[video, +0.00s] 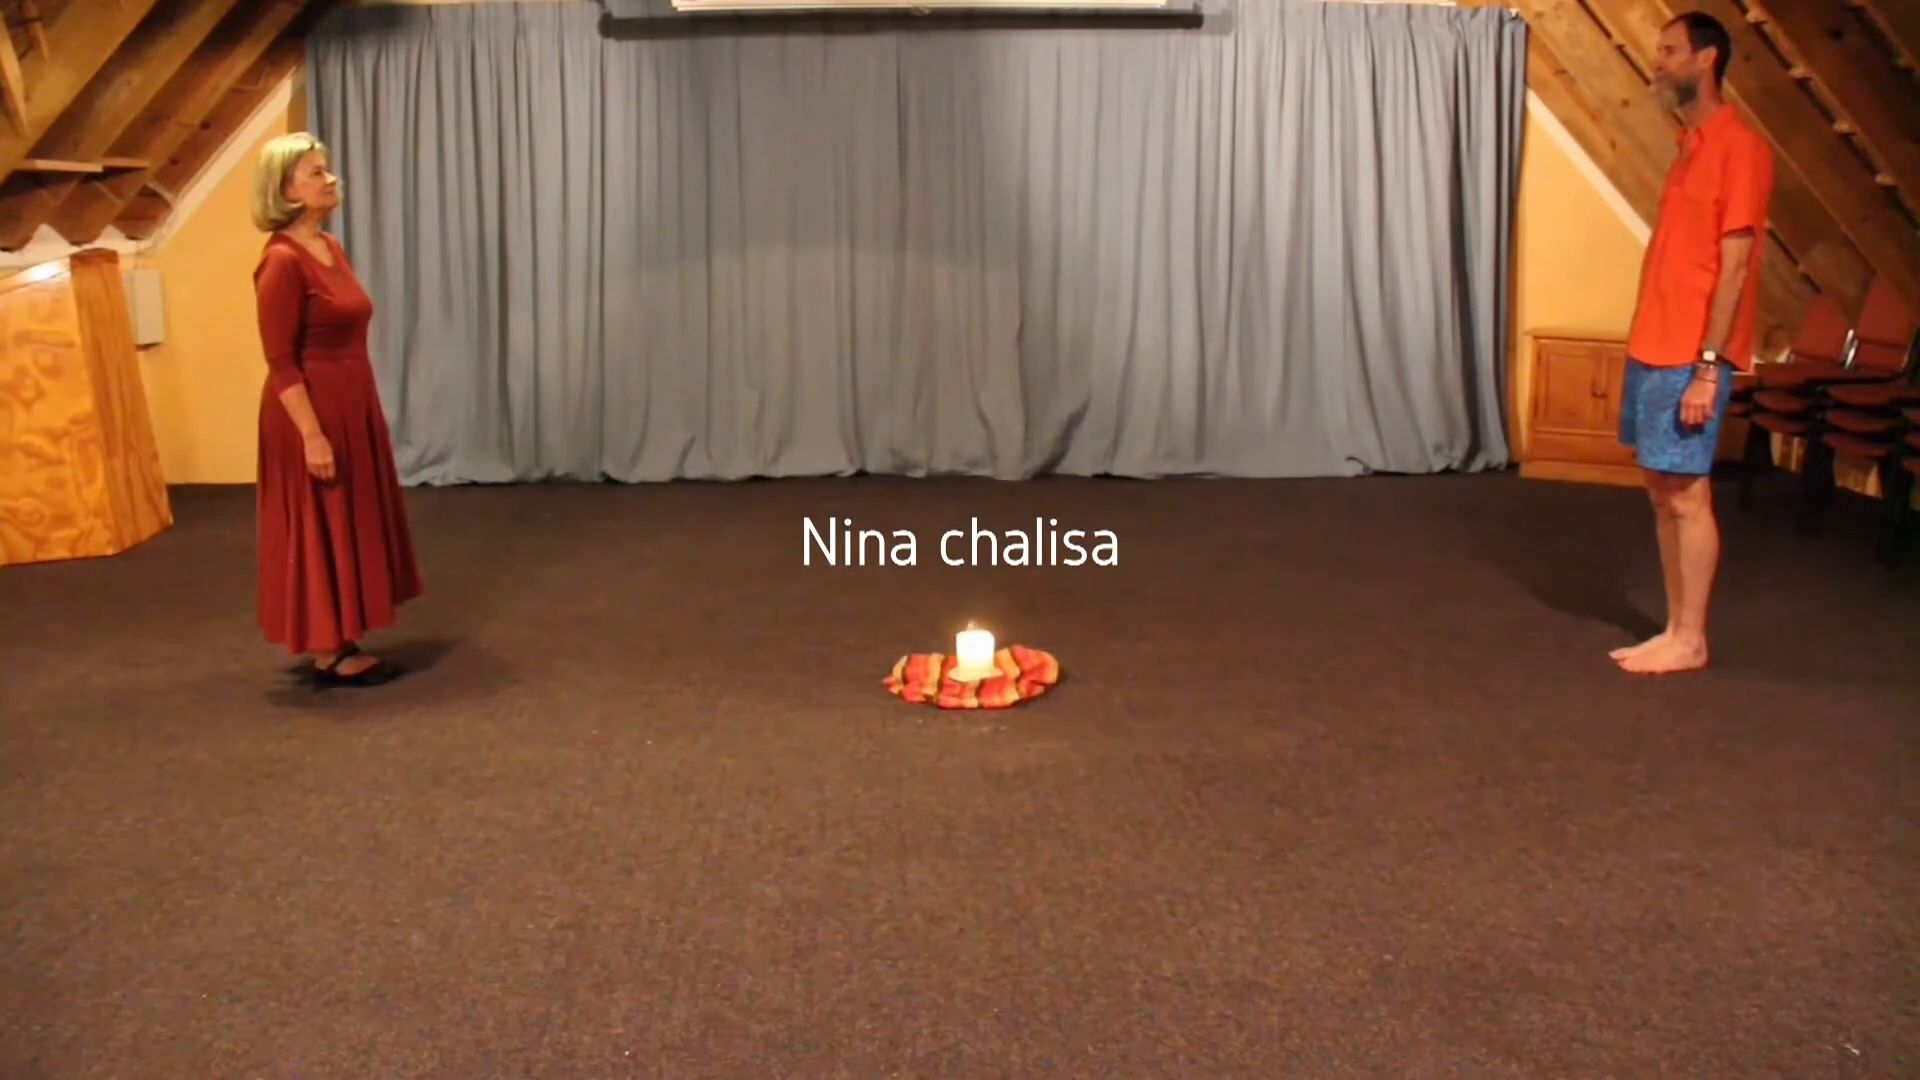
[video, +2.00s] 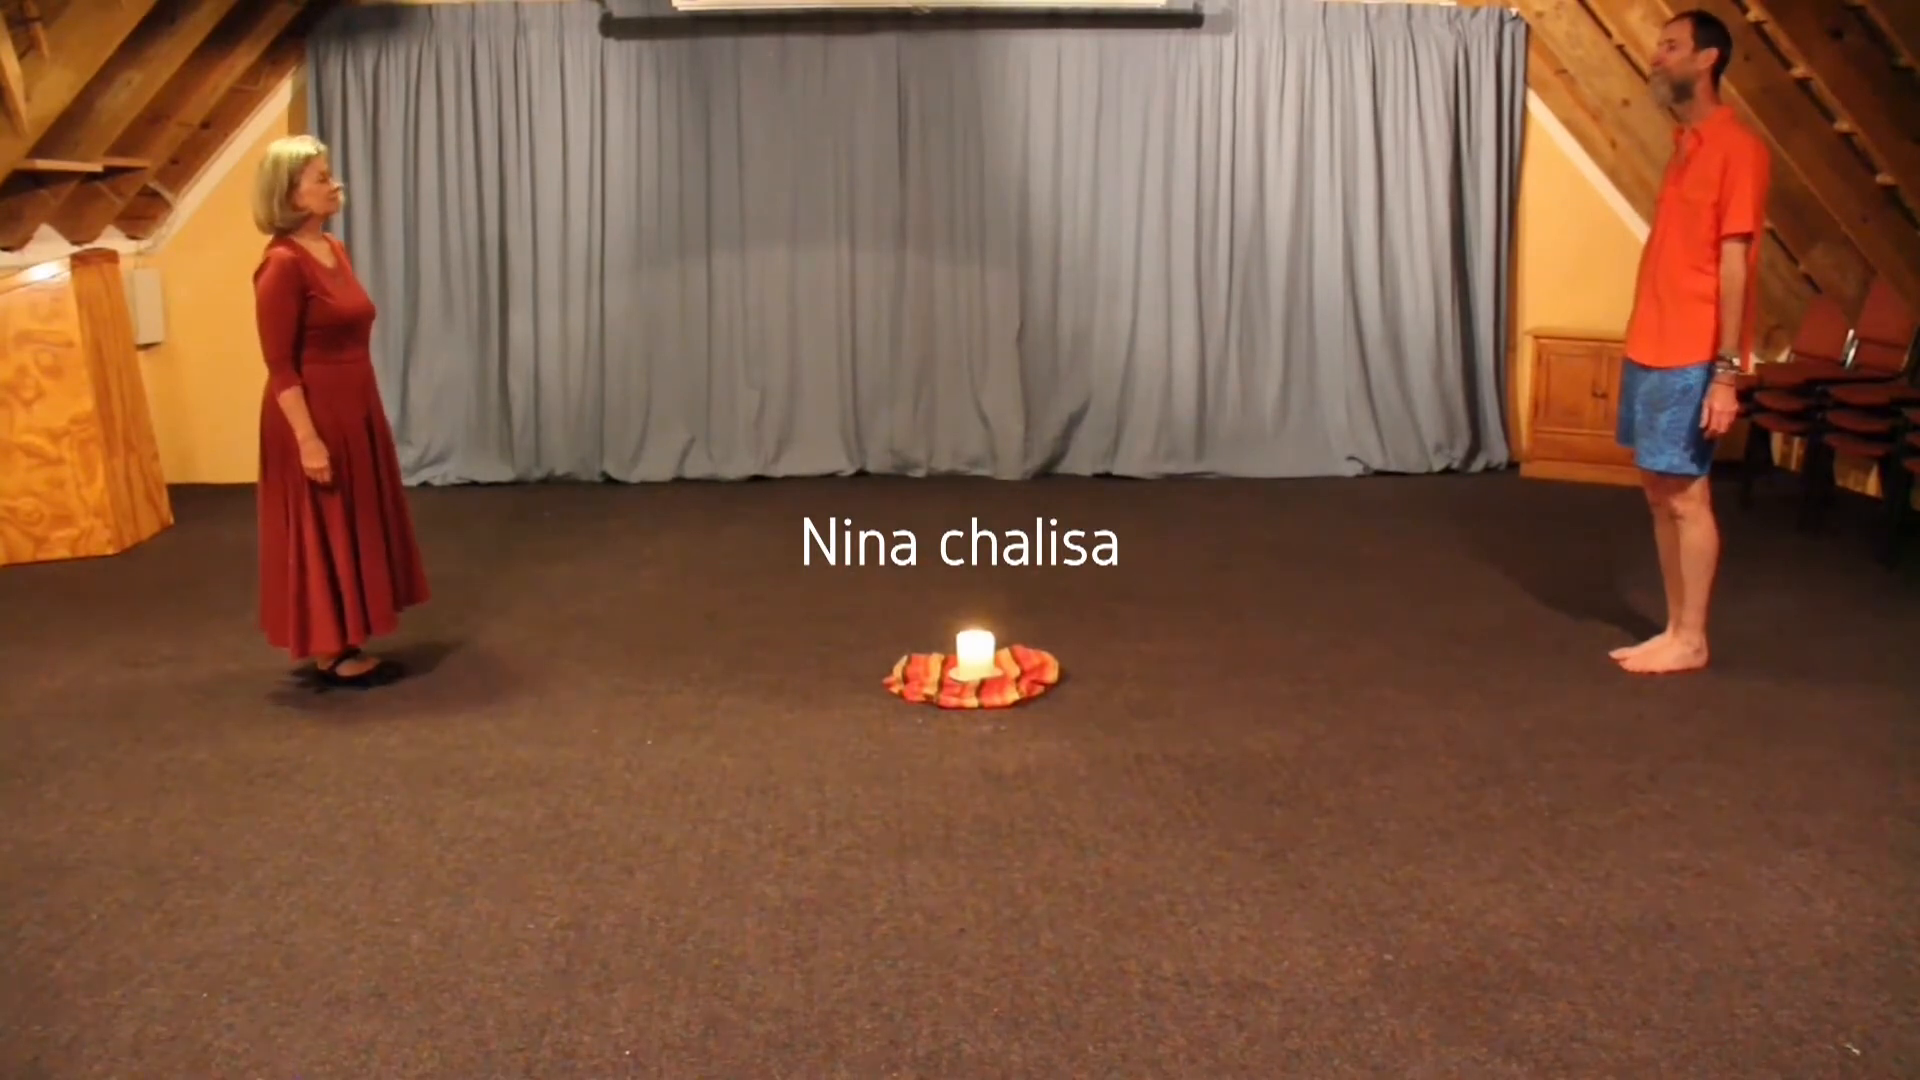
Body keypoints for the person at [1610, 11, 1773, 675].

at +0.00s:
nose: (1657, 63)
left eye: (1669, 51)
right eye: (1658, 51)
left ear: (1707, 58)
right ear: (1694, 59)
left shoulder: (1740, 144)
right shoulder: (1695, 142)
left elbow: (1736, 265)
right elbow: (1684, 257)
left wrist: (1710, 364)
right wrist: (1656, 348)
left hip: (1692, 358)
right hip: (1657, 353)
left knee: (1688, 499)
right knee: (1663, 495)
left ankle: (1691, 639)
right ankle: (1676, 631)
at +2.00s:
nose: (1656, 56)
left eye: (1670, 45)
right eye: (1658, 44)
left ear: (1708, 58)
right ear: (1688, 60)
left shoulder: (1738, 144)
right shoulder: (1690, 142)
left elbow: (1735, 260)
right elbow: (1684, 255)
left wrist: (1727, 368)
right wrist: (1651, 345)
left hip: (1691, 357)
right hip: (1653, 351)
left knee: (1686, 496)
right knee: (1660, 492)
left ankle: (1692, 639)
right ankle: (1677, 630)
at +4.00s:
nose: (1652, 59)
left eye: (1664, 48)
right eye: (1653, 47)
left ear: (1702, 58)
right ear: (1691, 59)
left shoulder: (1734, 142)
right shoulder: (1694, 140)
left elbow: (1729, 258)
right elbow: (1693, 255)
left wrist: (1719, 366)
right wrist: (1662, 348)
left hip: (1691, 357)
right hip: (1658, 352)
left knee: (1688, 498)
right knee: (1663, 494)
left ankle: (1692, 639)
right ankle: (1677, 630)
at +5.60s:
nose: (1659, 58)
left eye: (1672, 47)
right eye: (1660, 46)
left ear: (1710, 59)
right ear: (1691, 60)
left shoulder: (1740, 143)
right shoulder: (1694, 142)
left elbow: (1739, 259)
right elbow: (1692, 256)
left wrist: (1734, 367)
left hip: (1696, 356)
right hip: (1658, 350)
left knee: (1688, 497)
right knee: (1662, 492)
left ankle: (1693, 639)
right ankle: (1677, 630)